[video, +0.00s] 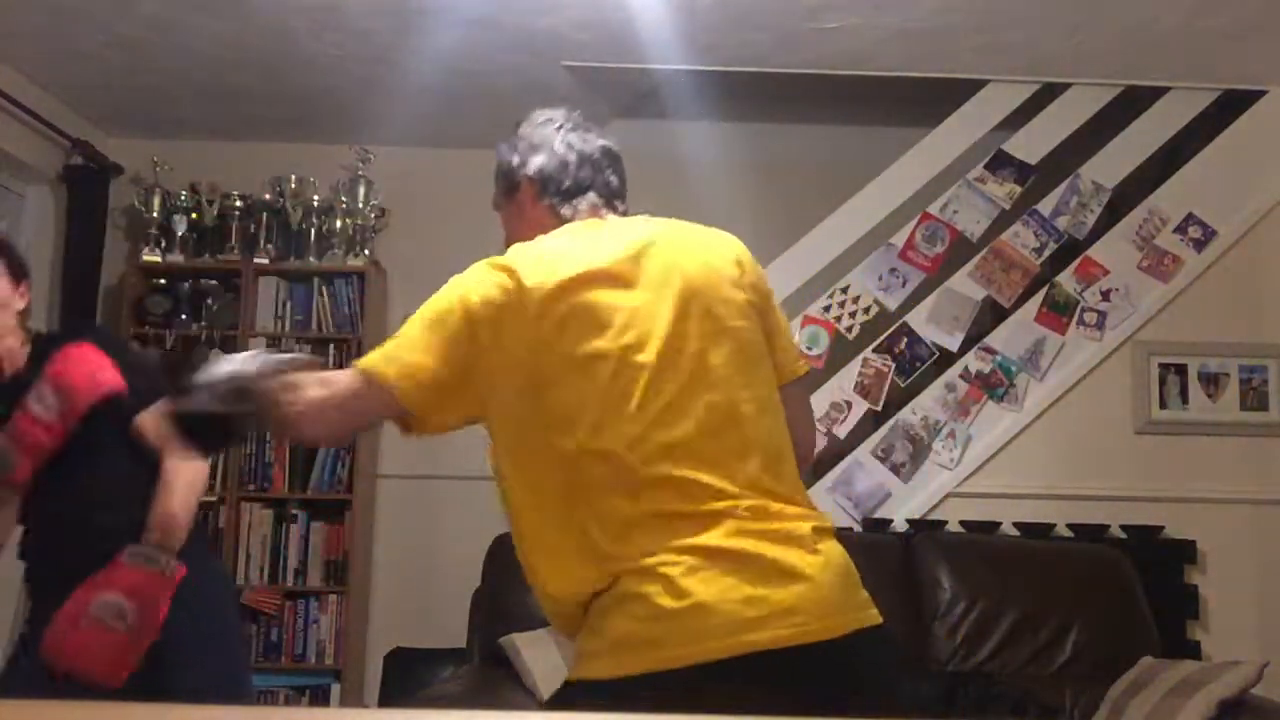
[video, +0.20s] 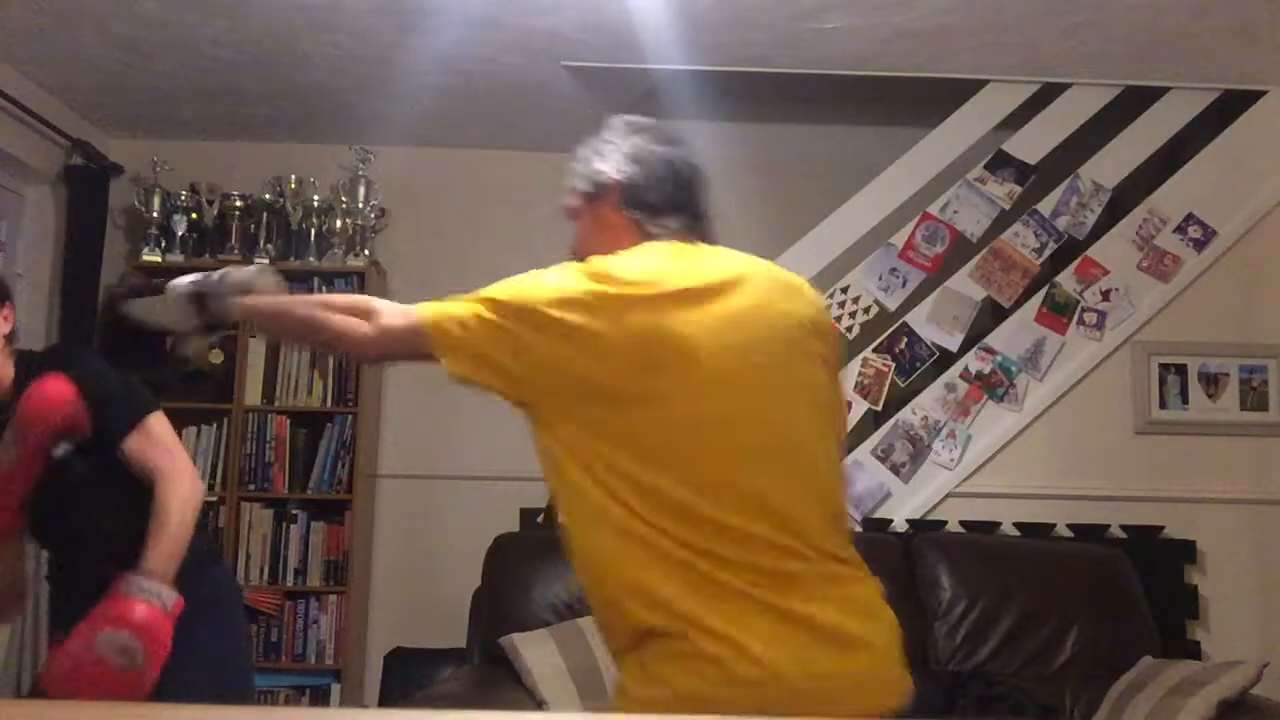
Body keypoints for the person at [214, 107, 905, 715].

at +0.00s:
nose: (507, 231)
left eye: (506, 207)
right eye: (504, 210)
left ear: (531, 193)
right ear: (614, 189)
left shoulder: (504, 286)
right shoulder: (726, 255)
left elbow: (322, 413)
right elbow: (799, 443)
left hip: (655, 654)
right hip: (831, 632)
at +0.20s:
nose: (575, 240)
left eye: (576, 220)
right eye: (575, 222)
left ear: (610, 208)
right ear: (690, 212)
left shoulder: (575, 302)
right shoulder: (801, 300)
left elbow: (367, 331)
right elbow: (823, 454)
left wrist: (234, 303)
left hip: (700, 688)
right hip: (863, 674)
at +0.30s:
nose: (644, 219)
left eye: (650, 199)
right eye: (645, 201)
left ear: (695, 187)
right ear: (756, 191)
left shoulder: (646, 288)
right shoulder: (868, 285)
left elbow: (438, 355)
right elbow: (894, 448)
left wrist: (320, 318)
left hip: (749, 679)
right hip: (915, 670)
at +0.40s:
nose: (710, 199)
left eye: (716, 176)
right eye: (709, 178)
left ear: (758, 163)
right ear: (830, 167)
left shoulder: (731, 251)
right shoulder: (933, 252)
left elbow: (603, 382)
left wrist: (503, 340)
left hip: (836, 658)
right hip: (1008, 649)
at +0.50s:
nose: (777, 230)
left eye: (782, 204)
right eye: (774, 209)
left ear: (832, 192)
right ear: (899, 200)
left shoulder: (828, 279)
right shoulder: (1001, 286)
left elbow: (780, 468)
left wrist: (675, 377)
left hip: (931, 683)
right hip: (1085, 667)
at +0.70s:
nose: (822, 208)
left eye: (828, 180)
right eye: (819, 188)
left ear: (878, 164)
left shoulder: (878, 252)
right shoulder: (1044, 249)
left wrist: (730, 389)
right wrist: (887, 450)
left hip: (976, 654)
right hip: (1134, 650)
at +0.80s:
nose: (818, 214)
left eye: (825, 187)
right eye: (818, 192)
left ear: (874, 171)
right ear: (938, 170)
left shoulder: (870, 255)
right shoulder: (1043, 251)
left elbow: (702, 350)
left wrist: (583, 288)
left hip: (967, 659)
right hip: (1127, 656)